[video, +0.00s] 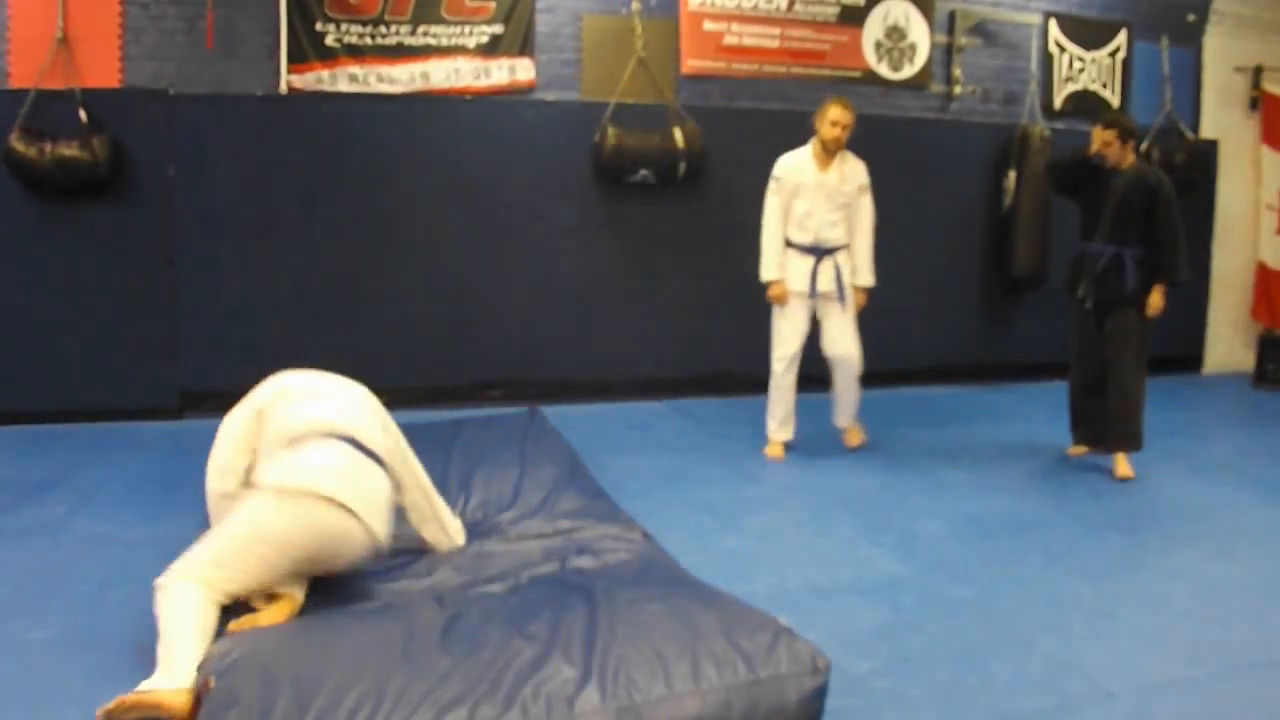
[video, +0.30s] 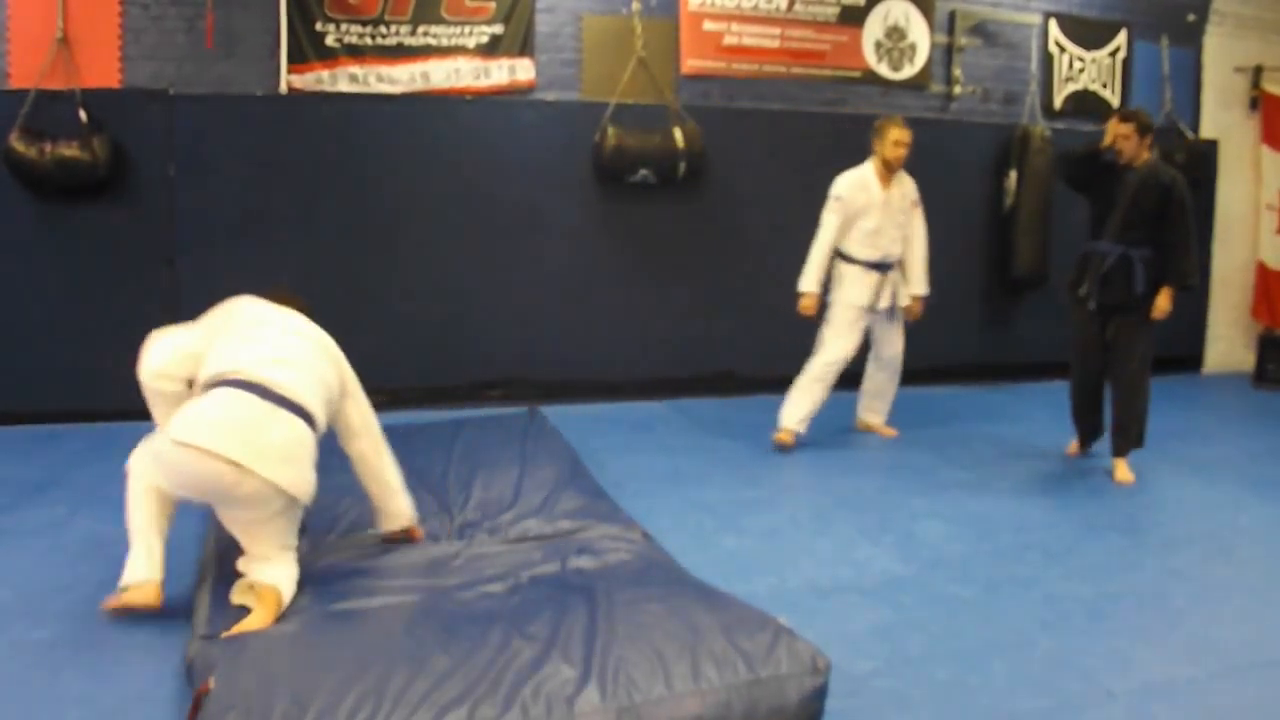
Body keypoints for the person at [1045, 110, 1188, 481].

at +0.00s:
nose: (1098, 152)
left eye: (1105, 145)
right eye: (1096, 145)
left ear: (1125, 144)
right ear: (1097, 146)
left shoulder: (1152, 182)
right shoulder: (1093, 176)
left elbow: (1167, 239)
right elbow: (1057, 177)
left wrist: (1160, 284)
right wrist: (1088, 158)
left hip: (1130, 284)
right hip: (1091, 280)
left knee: (1124, 365)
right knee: (1087, 360)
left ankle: (1120, 448)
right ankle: (1088, 436)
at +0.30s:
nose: (1116, 147)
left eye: (1123, 140)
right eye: (1113, 140)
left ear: (1144, 141)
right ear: (1110, 141)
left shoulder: (1167, 181)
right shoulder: (1104, 173)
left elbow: (1179, 241)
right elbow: (1069, 171)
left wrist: (1169, 288)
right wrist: (1100, 147)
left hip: (1138, 287)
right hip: (1094, 281)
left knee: (1130, 370)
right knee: (1085, 363)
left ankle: (1121, 453)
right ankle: (1086, 433)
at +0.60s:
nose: (1121, 145)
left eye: (1129, 138)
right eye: (1117, 138)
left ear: (1147, 138)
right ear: (1112, 141)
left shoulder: (1169, 180)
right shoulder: (1106, 173)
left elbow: (1181, 240)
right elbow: (1068, 172)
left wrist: (1177, 291)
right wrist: (1100, 148)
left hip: (1142, 285)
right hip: (1097, 280)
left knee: (1132, 371)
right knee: (1077, 367)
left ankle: (1122, 455)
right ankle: (1063, 451)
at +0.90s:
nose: (1102, 141)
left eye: (1110, 133)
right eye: (1097, 134)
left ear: (1128, 137)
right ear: (1091, 139)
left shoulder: (1154, 183)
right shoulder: (1085, 179)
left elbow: (1170, 244)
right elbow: (1043, 204)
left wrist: (1164, 298)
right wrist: (1061, 168)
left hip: (1132, 292)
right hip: (1085, 288)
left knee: (1128, 376)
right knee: (1074, 379)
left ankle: (1123, 458)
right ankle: (1063, 471)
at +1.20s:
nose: (1075, 128)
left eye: (1083, 120)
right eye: (1070, 122)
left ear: (1104, 123)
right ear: (1066, 129)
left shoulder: (1134, 173)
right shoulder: (1058, 178)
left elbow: (1159, 233)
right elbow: (1039, 243)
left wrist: (1153, 286)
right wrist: (1027, 223)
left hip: (1121, 288)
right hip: (1070, 288)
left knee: (1127, 381)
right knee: (1065, 381)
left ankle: (1125, 451)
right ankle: (1062, 473)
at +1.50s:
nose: (1080, 126)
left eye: (1089, 119)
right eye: (1077, 119)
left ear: (1113, 126)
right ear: (1074, 126)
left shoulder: (1141, 176)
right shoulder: (1067, 177)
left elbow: (1157, 243)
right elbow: (1041, 225)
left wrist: (1144, 296)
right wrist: (1022, 227)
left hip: (1121, 295)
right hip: (1072, 292)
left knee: (1123, 392)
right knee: (1063, 387)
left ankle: (1124, 486)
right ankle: (1057, 473)